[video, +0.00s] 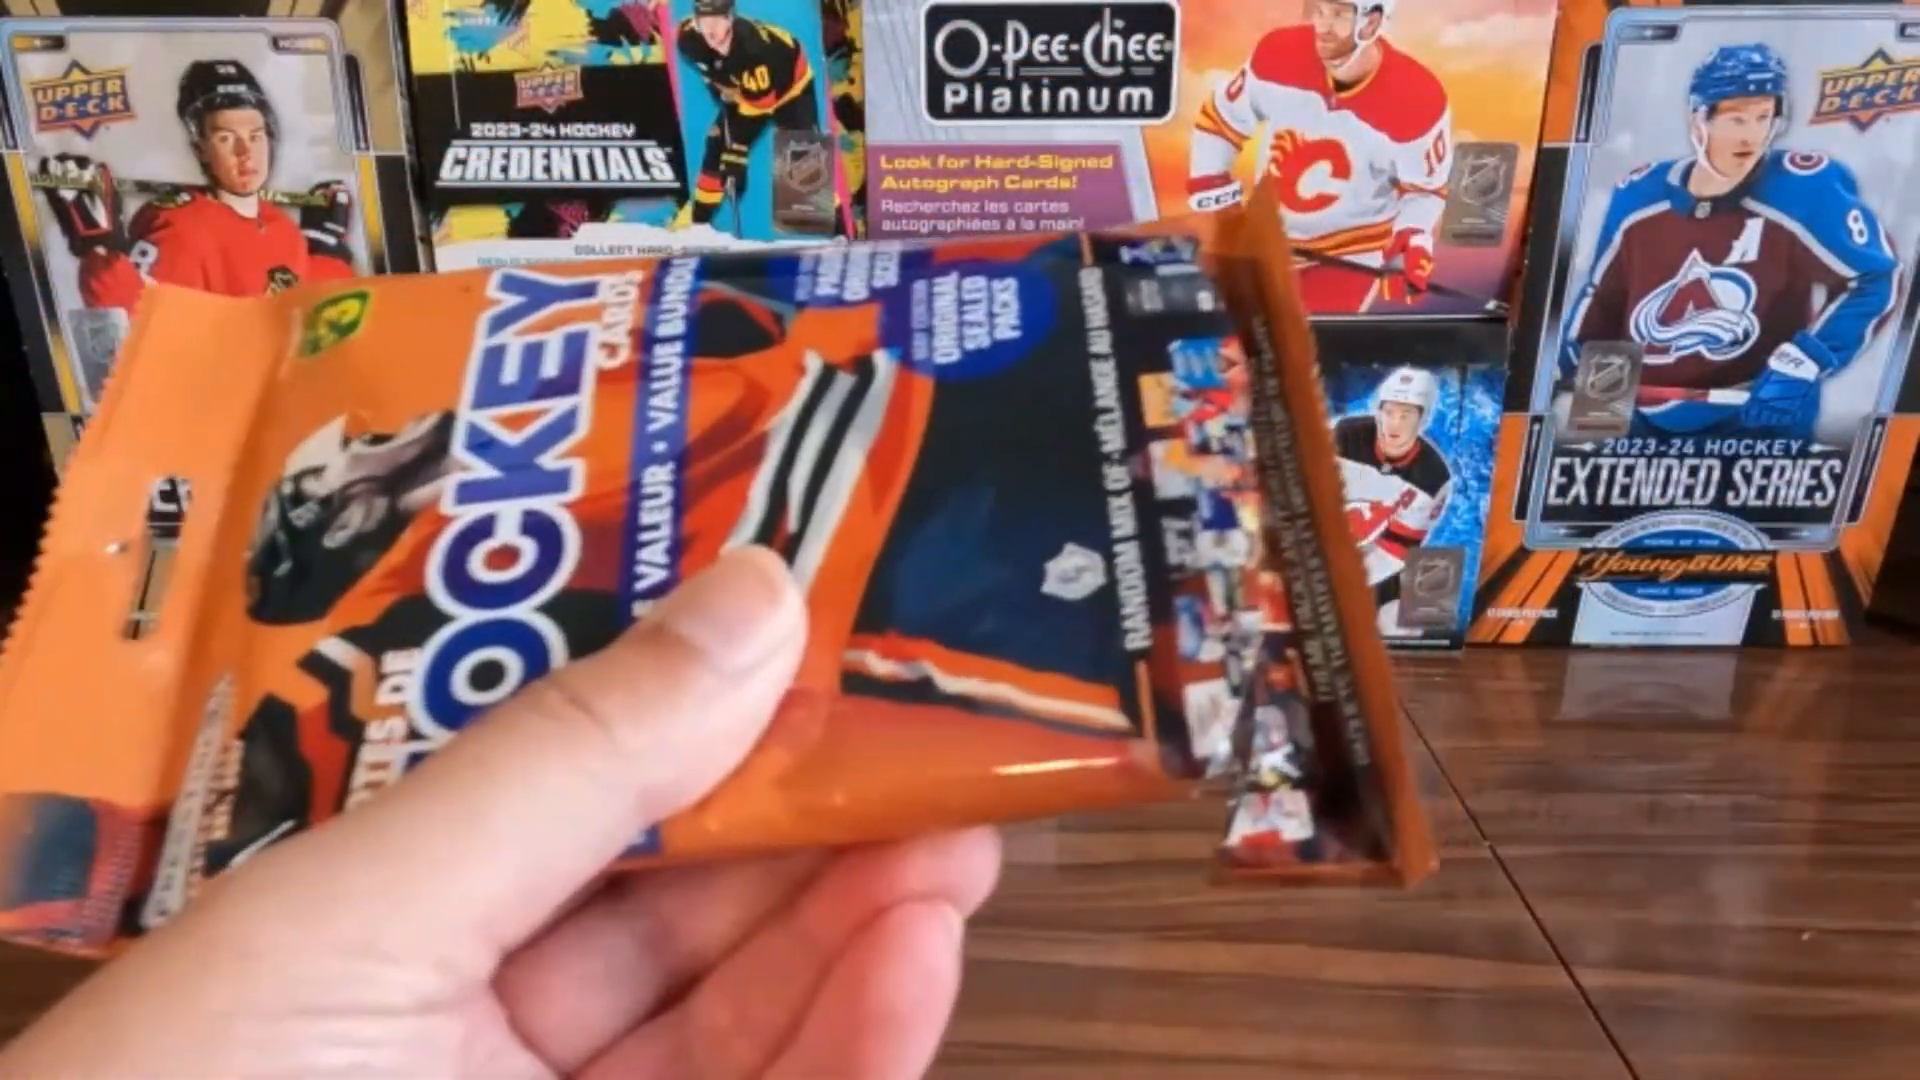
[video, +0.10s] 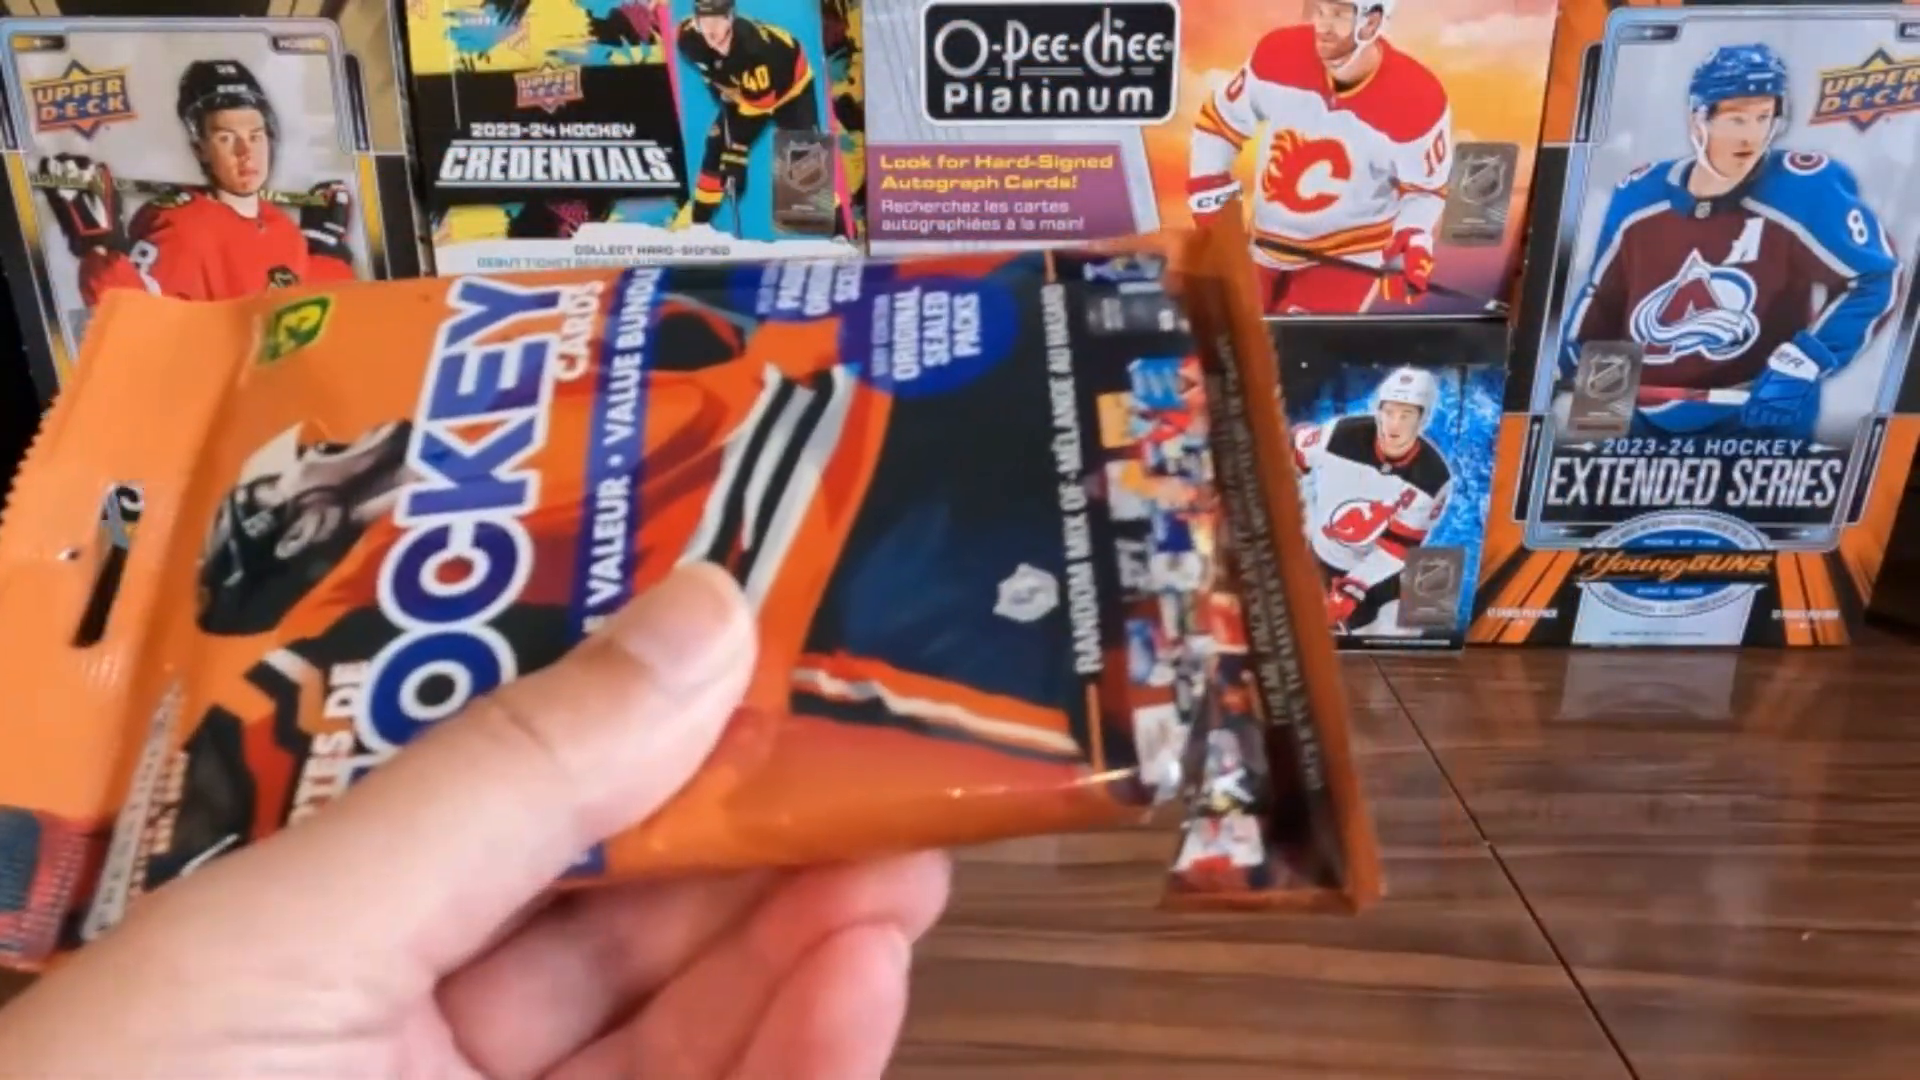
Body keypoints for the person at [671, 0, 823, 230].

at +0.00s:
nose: (712, 29)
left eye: (718, 21)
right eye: (705, 22)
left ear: (730, 19)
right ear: (696, 22)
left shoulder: (754, 48)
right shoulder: (688, 38)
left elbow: (757, 109)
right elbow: (709, 72)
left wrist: (736, 157)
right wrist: (724, 93)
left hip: (790, 90)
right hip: (742, 97)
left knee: (802, 160)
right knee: (717, 145)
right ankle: (699, 219)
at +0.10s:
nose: (711, 29)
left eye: (718, 21)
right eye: (705, 22)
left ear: (730, 19)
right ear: (697, 22)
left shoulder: (754, 48)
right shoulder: (689, 38)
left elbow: (756, 108)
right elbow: (711, 75)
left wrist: (736, 157)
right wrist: (727, 97)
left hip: (791, 92)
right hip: (742, 99)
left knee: (805, 161)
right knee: (716, 148)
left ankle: (840, 229)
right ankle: (698, 222)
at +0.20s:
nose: (712, 29)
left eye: (718, 21)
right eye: (705, 22)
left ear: (730, 19)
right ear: (697, 22)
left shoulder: (754, 48)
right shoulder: (689, 38)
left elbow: (757, 108)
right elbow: (710, 73)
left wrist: (736, 155)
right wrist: (725, 96)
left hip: (791, 93)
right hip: (742, 99)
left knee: (805, 162)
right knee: (716, 148)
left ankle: (839, 230)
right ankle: (698, 224)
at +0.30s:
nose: (711, 29)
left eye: (718, 22)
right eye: (705, 22)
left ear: (731, 18)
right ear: (697, 22)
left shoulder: (754, 48)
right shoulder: (689, 37)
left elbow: (758, 108)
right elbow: (708, 69)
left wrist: (736, 154)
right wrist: (722, 89)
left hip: (791, 92)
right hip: (742, 99)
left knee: (805, 161)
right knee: (716, 149)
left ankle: (837, 226)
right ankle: (698, 224)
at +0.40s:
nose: (712, 29)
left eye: (718, 21)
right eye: (705, 22)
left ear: (730, 18)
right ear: (696, 22)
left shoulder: (752, 48)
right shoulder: (688, 38)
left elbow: (758, 109)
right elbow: (709, 72)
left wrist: (738, 152)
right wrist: (724, 89)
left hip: (790, 92)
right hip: (741, 98)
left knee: (802, 156)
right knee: (716, 152)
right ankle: (700, 218)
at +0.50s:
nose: (711, 30)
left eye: (717, 22)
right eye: (705, 22)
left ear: (731, 18)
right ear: (696, 22)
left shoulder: (753, 47)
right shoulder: (689, 37)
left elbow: (758, 108)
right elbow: (708, 69)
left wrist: (736, 153)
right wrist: (722, 91)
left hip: (790, 91)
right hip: (743, 98)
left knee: (804, 160)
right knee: (717, 146)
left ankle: (838, 227)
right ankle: (698, 222)